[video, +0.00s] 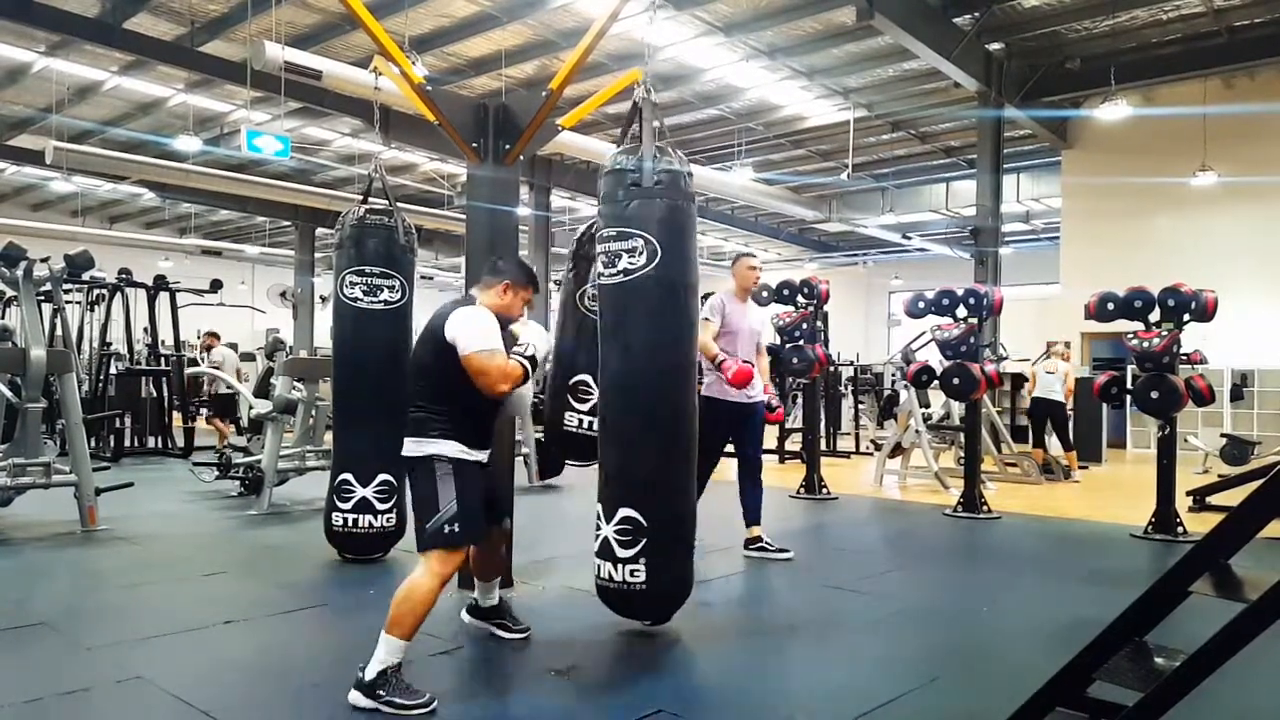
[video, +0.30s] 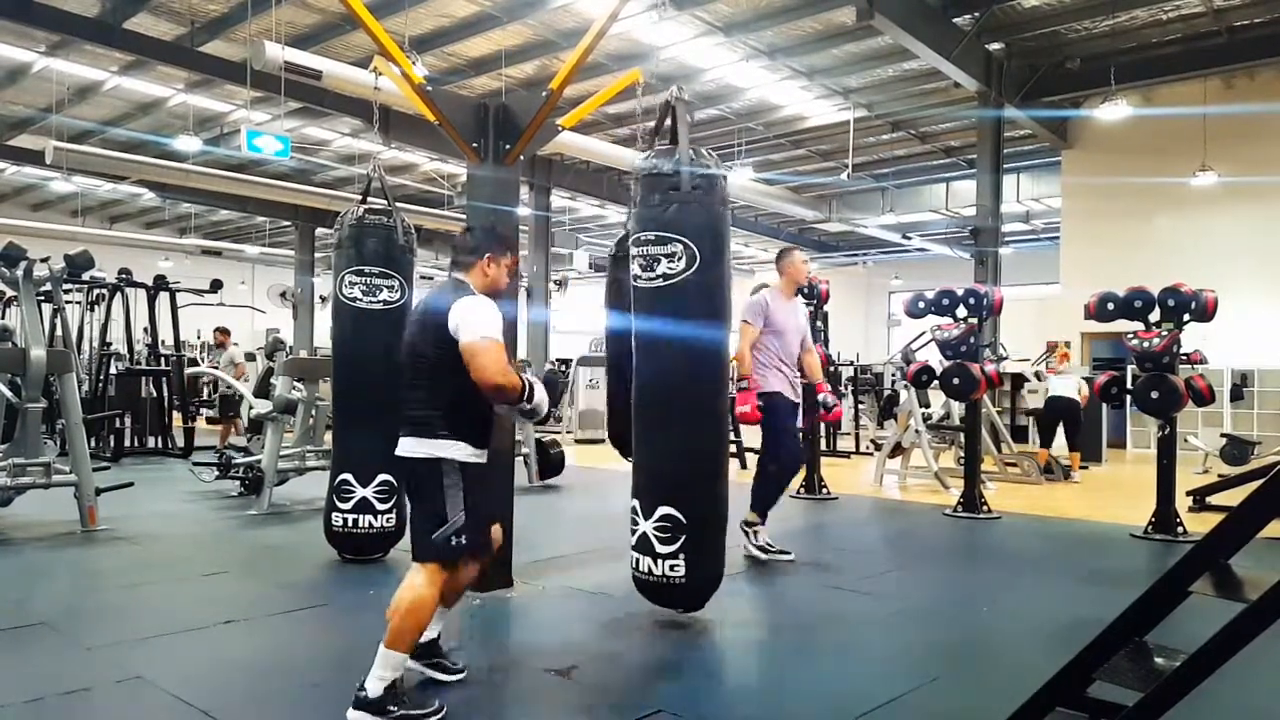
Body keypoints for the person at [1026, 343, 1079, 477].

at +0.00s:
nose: (1068, 358)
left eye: (1068, 356)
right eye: (1067, 355)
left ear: (1049, 354)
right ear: (1063, 355)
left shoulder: (1037, 367)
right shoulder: (1067, 367)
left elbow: (1030, 388)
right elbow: (1070, 388)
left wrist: (1032, 398)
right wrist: (1065, 400)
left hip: (1038, 399)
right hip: (1057, 400)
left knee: (1037, 438)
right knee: (1065, 438)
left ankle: (1036, 471)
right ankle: (1075, 471)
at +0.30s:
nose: (1055, 363)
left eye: (1056, 361)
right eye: (1057, 361)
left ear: (1058, 363)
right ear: (1070, 363)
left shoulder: (1052, 377)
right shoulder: (1078, 378)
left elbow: (1048, 392)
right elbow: (1085, 394)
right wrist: (1080, 407)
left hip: (1053, 400)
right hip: (1072, 401)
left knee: (1045, 439)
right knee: (1073, 440)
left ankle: (1039, 471)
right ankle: (1075, 473)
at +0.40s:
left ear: (1057, 377)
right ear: (1071, 378)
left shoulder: (1051, 381)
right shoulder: (1078, 384)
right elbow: (1089, 397)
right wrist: (1084, 409)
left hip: (1057, 401)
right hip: (1076, 403)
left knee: (1049, 438)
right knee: (1075, 440)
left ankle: (1038, 469)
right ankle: (1076, 473)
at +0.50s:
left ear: (1058, 386)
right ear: (1071, 385)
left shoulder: (1055, 390)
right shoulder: (1079, 389)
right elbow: (1090, 398)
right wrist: (1085, 412)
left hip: (1059, 403)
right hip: (1079, 404)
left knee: (1049, 439)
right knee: (1076, 441)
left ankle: (1039, 470)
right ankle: (1075, 473)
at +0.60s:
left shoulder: (1058, 395)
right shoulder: (1084, 396)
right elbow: (1091, 400)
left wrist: (1050, 453)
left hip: (1061, 405)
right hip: (1080, 406)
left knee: (1049, 437)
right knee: (1077, 441)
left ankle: (1038, 470)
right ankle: (1075, 473)